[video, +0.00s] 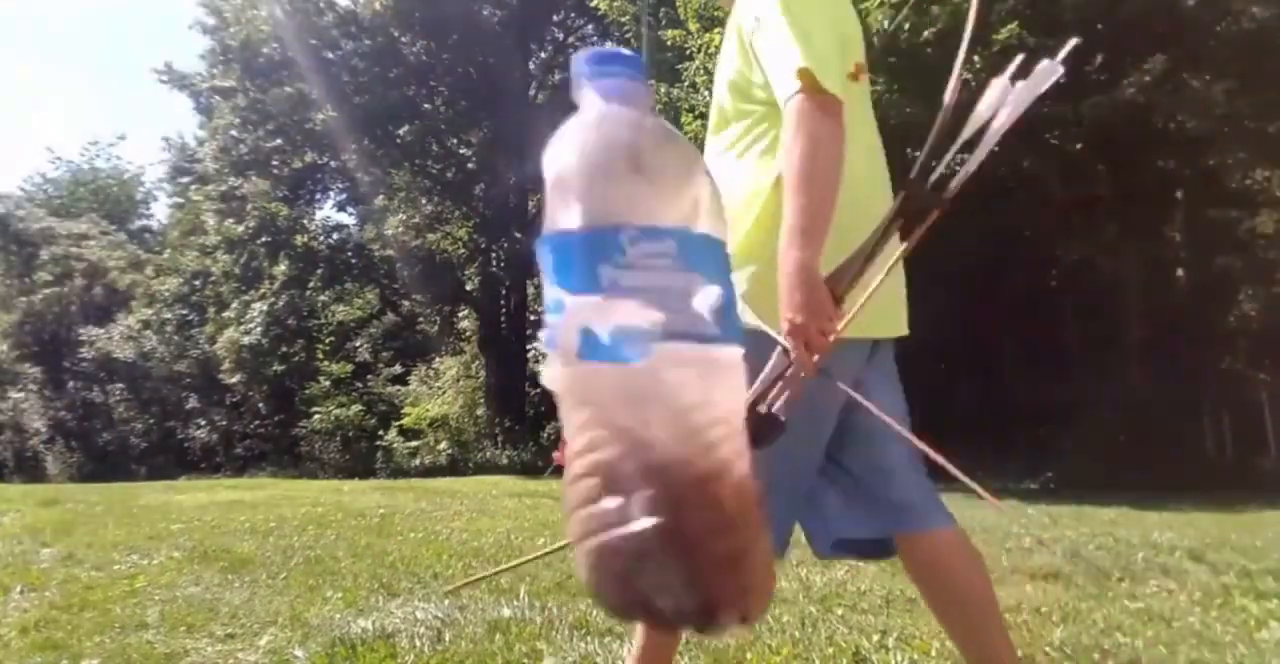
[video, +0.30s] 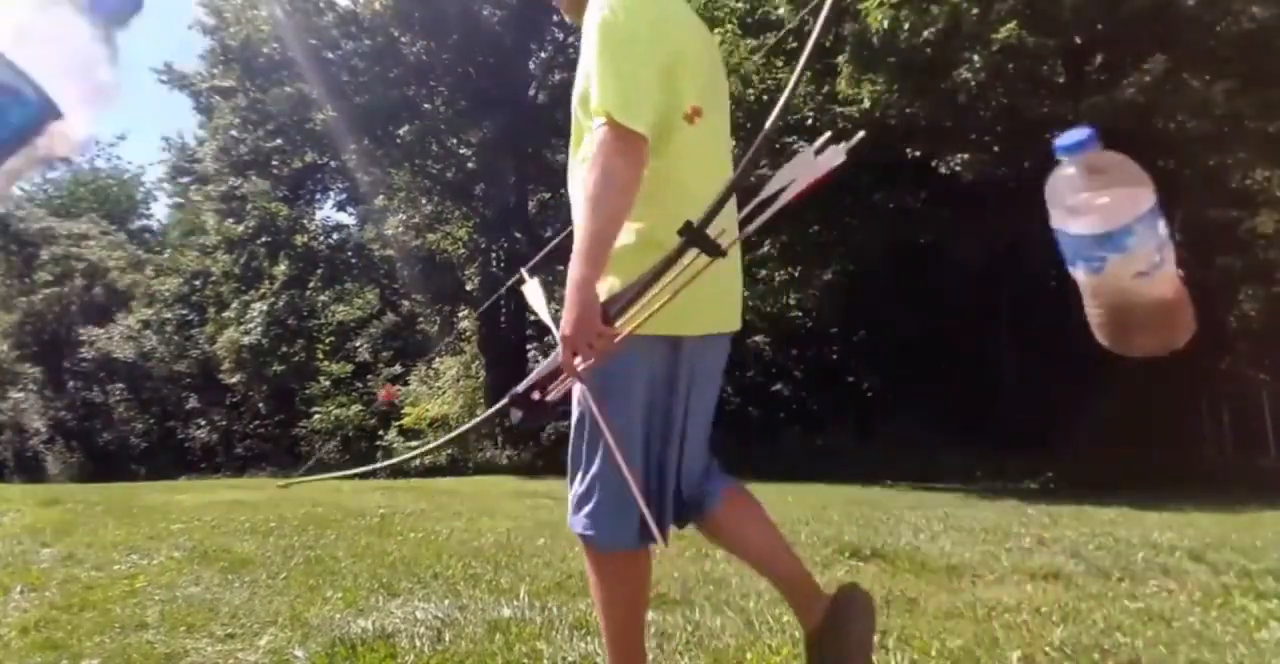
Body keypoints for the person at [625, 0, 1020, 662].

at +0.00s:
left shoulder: (780, 4)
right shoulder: (813, 13)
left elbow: (816, 111)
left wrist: (800, 270)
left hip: (781, 309)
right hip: (849, 305)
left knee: (705, 524)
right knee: (913, 515)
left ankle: (648, 654)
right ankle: (999, 657)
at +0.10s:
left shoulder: (735, 8)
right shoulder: (739, 17)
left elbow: (761, 129)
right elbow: (734, 153)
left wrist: (735, 283)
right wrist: (672, 260)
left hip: (717, 320)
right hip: (789, 315)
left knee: (656, 513)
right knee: (874, 518)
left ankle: (636, 657)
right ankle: (983, 655)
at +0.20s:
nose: (571, 3)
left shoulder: (640, 12)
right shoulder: (695, 22)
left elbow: (646, 144)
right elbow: (692, 190)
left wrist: (610, 286)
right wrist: (615, 339)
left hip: (663, 315)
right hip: (719, 308)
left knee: (612, 509)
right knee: (721, 485)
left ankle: (626, 659)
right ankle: (866, 626)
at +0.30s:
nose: (553, 5)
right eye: (552, 4)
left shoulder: (620, 15)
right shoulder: (681, 20)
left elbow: (621, 147)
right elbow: (674, 182)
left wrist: (581, 283)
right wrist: (599, 318)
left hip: (644, 305)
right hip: (700, 301)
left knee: (608, 505)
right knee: (691, 477)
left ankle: (624, 658)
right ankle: (819, 611)